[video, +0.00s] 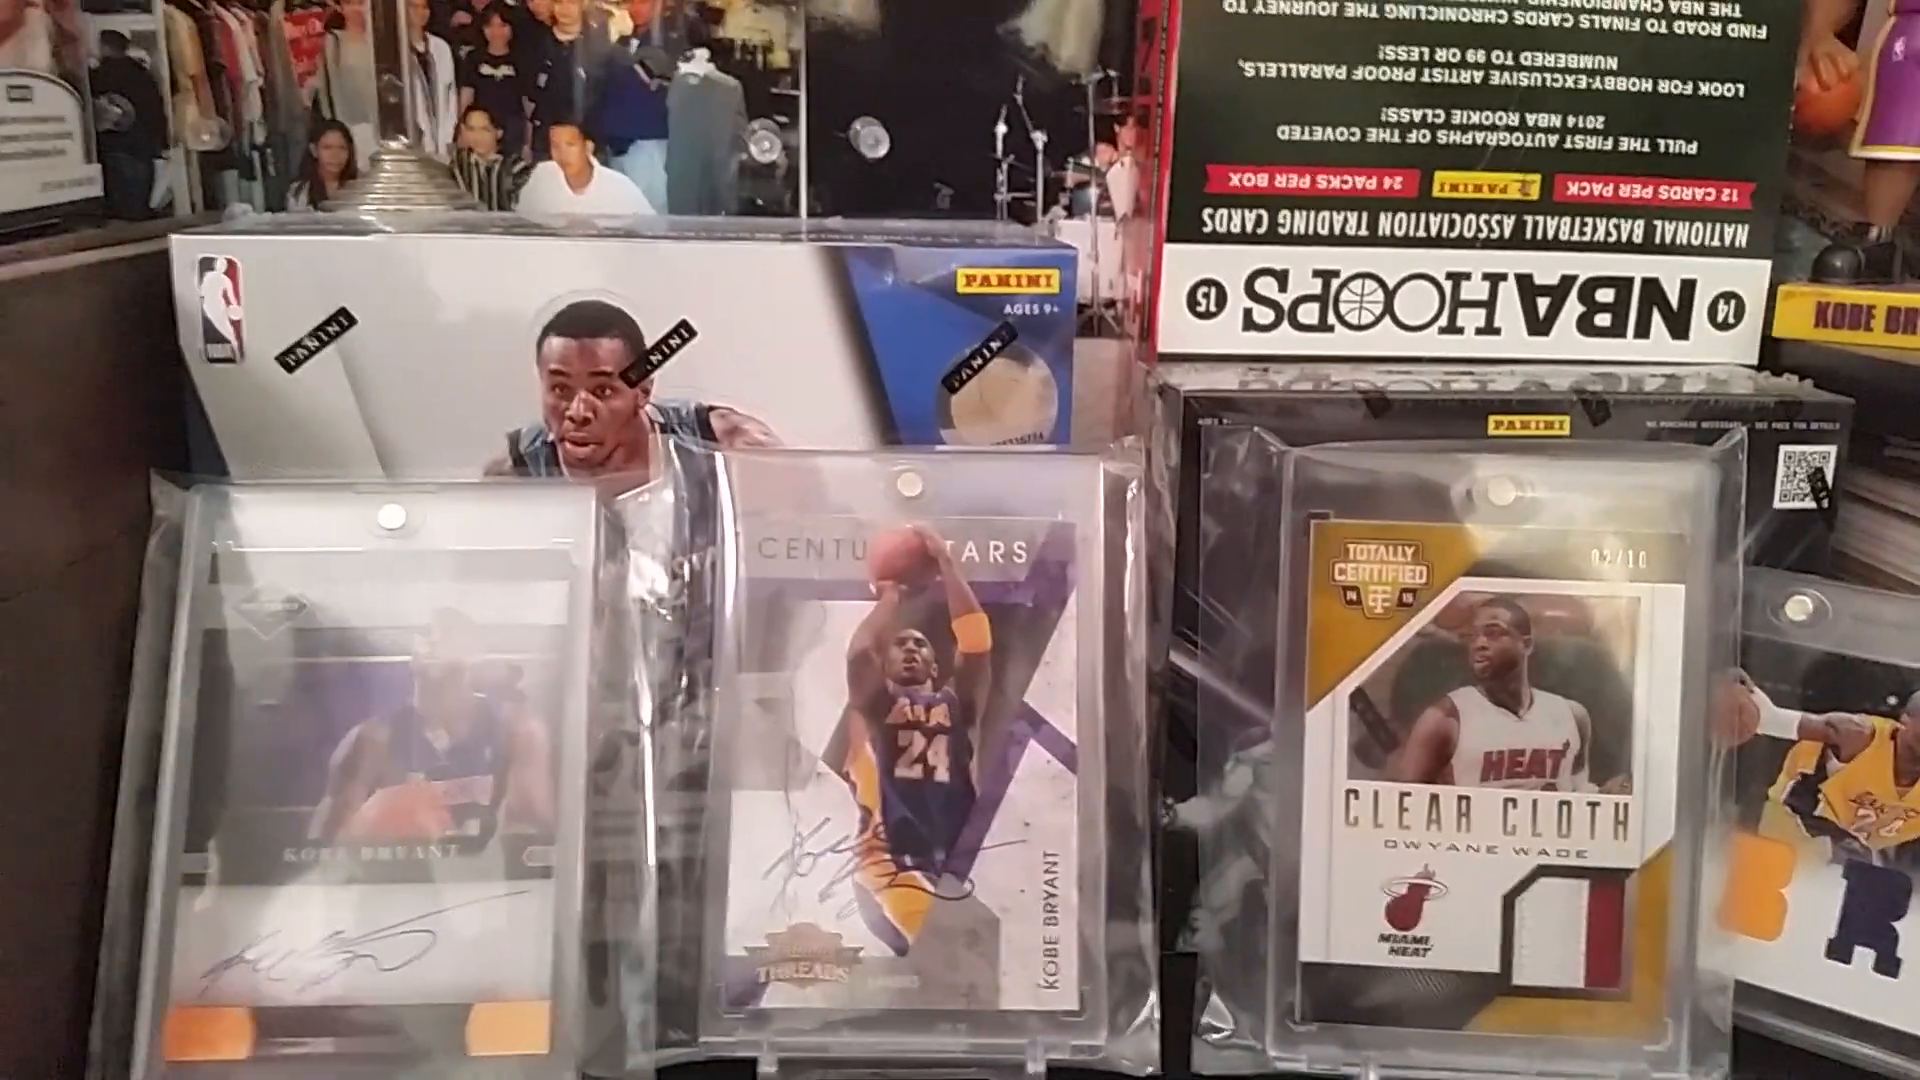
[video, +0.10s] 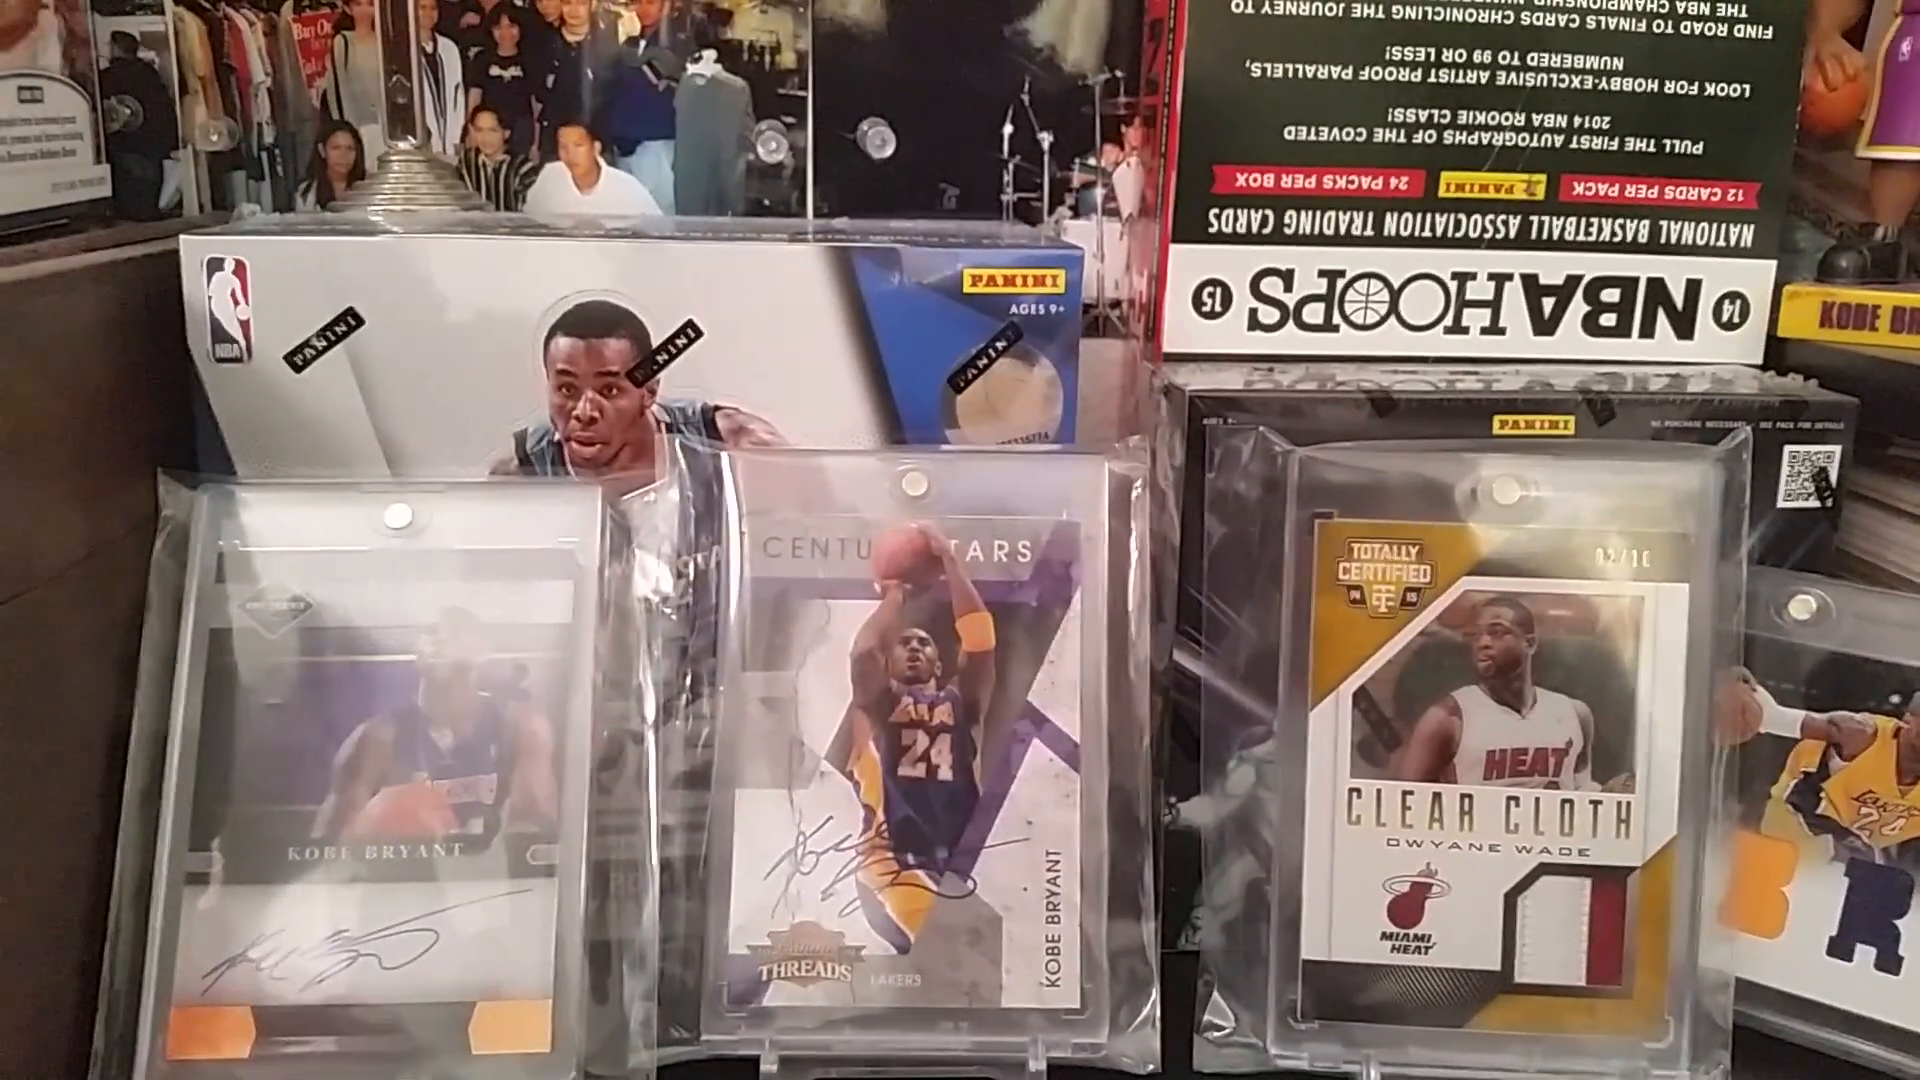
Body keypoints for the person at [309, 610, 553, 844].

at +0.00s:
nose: (431, 644)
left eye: (448, 632)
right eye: (422, 632)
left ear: (471, 651)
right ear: (409, 647)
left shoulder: (517, 730)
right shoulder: (369, 741)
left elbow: (531, 825)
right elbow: (321, 846)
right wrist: (388, 820)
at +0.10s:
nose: (440, 642)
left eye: (456, 632)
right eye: (430, 631)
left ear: (480, 649)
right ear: (415, 647)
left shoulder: (522, 727)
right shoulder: (374, 740)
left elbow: (533, 823)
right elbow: (322, 853)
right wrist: (383, 820)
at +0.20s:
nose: (437, 642)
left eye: (453, 632)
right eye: (427, 632)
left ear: (477, 650)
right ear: (414, 648)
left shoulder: (519, 729)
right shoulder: (371, 740)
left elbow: (533, 827)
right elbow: (321, 850)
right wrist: (379, 825)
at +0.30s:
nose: (429, 646)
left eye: (445, 637)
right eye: (420, 636)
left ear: (469, 654)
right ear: (406, 651)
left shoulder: (511, 731)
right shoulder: (362, 743)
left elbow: (524, 829)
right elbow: (315, 848)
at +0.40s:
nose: (400, 677)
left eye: (413, 665)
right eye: (389, 662)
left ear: (438, 674)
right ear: (374, 672)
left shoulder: (479, 739)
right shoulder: (327, 749)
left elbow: (492, 834)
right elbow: (282, 848)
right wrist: (352, 821)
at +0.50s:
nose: (315, 682)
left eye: (327, 670)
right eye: (304, 671)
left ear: (355, 679)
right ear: (290, 681)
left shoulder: (401, 747)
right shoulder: (243, 762)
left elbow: (412, 846)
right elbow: (199, 851)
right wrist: (269, 834)